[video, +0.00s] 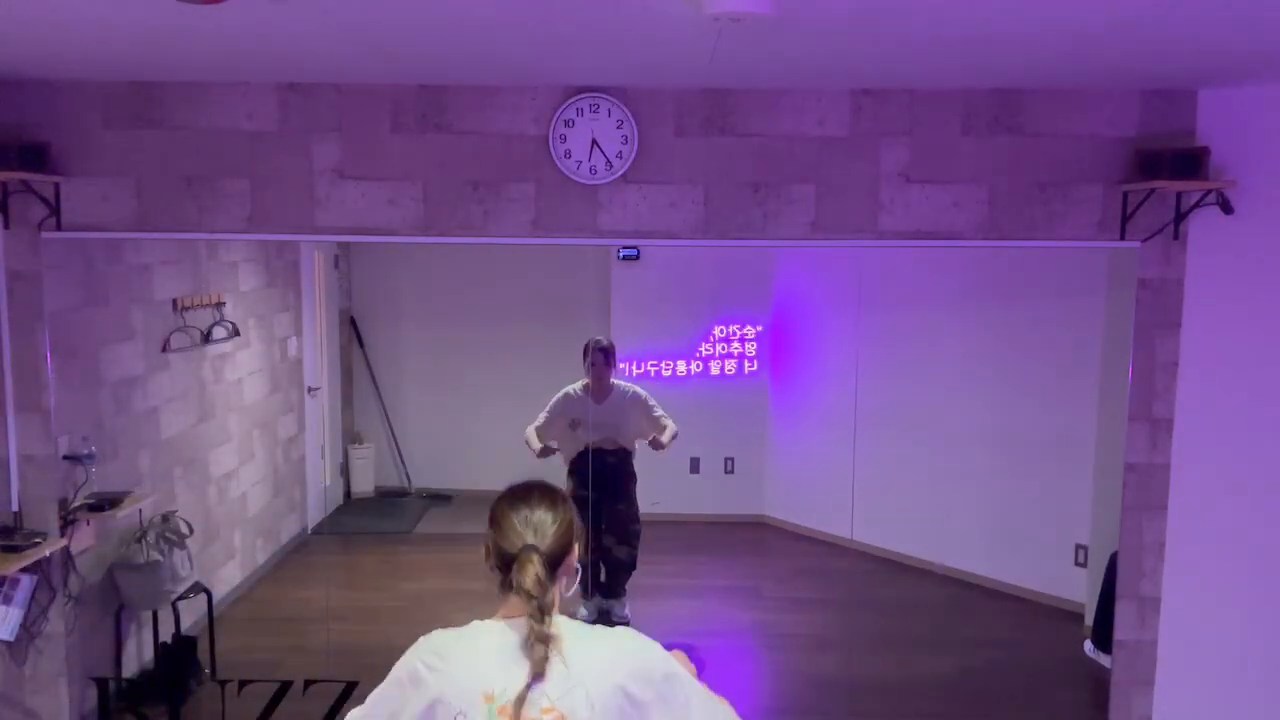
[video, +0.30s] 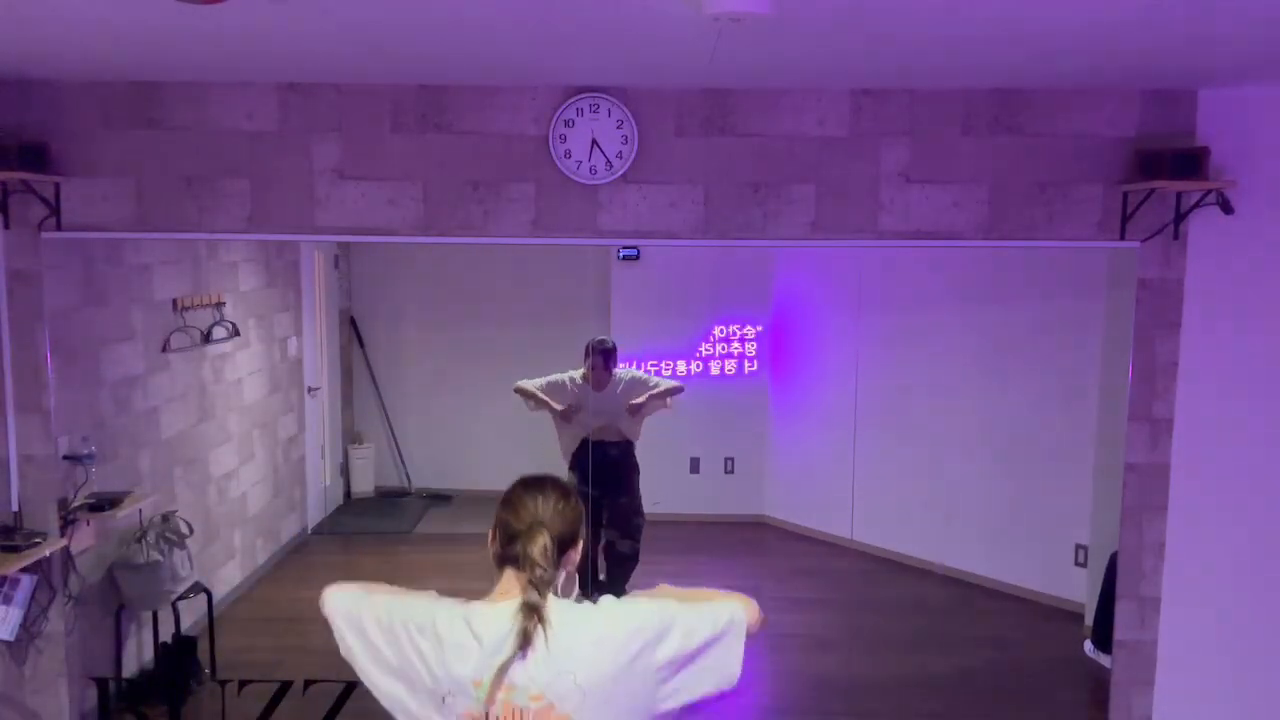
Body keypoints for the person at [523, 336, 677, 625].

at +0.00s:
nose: (598, 370)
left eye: (603, 364)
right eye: (592, 364)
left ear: (613, 365)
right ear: (585, 366)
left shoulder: (632, 396)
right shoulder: (569, 397)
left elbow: (668, 426)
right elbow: (533, 431)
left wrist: (663, 438)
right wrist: (539, 446)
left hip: (619, 468)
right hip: (584, 468)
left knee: (623, 532)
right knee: (587, 532)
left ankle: (616, 599)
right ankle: (589, 599)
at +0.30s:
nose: (596, 376)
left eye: (602, 371)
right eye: (592, 370)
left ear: (613, 367)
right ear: (585, 365)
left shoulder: (628, 380)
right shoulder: (571, 381)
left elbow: (676, 387)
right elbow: (521, 388)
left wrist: (646, 399)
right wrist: (554, 407)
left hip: (621, 459)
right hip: (586, 458)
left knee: (626, 525)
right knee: (586, 526)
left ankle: (615, 591)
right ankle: (588, 590)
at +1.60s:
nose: (533, 414)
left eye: (538, 410)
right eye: (533, 409)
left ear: (556, 413)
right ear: (532, 407)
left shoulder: (570, 436)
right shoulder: (526, 420)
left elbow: (559, 469)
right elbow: (503, 425)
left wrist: (513, 463)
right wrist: (476, 429)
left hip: (562, 513)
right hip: (526, 505)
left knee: (590, 567)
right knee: (456, 533)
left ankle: (612, 600)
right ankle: (474, 593)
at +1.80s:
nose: (526, 392)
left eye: (533, 387)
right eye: (522, 385)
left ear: (544, 387)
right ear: (517, 380)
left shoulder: (556, 401)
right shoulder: (505, 388)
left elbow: (571, 402)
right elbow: (468, 367)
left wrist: (530, 414)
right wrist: (462, 394)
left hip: (544, 482)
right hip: (508, 479)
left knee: (574, 544)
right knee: (448, 539)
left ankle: (612, 597)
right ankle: (474, 597)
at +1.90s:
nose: (519, 363)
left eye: (525, 358)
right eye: (516, 356)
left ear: (535, 357)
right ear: (508, 350)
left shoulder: (543, 367)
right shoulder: (492, 360)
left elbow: (576, 374)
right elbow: (446, 350)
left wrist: (544, 399)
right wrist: (458, 387)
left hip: (532, 460)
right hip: (497, 458)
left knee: (560, 530)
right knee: (453, 532)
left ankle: (600, 595)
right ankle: (472, 591)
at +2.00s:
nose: (506, 334)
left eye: (513, 330)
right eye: (504, 328)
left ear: (527, 332)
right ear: (499, 326)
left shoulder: (539, 348)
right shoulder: (482, 343)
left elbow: (578, 369)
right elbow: (437, 355)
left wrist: (549, 399)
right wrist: (452, 394)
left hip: (524, 438)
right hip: (488, 436)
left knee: (541, 517)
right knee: (467, 516)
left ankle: (566, 592)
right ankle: (468, 588)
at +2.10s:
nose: (499, 320)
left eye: (506, 315)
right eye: (497, 313)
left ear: (520, 318)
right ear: (492, 313)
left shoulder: (534, 342)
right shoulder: (475, 338)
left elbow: (565, 377)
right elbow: (442, 373)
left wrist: (550, 421)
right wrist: (446, 417)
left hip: (519, 431)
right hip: (482, 431)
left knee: (522, 514)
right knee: (476, 515)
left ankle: (526, 590)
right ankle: (476, 589)